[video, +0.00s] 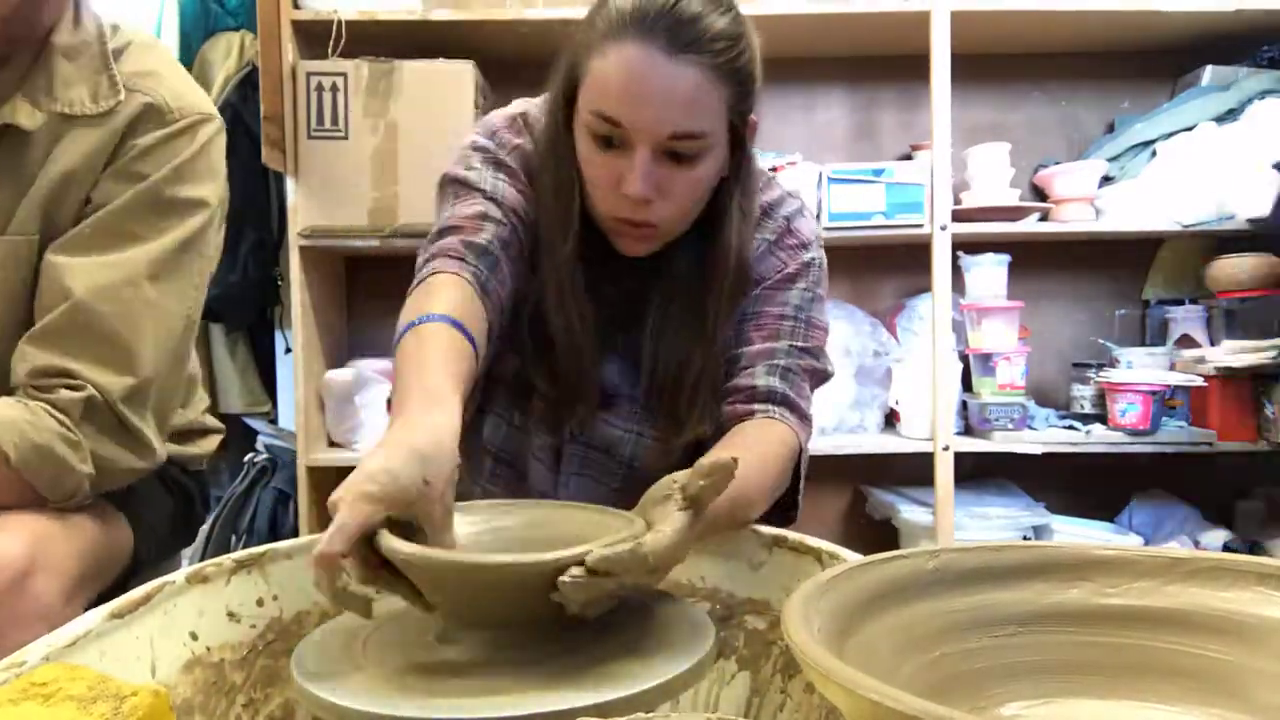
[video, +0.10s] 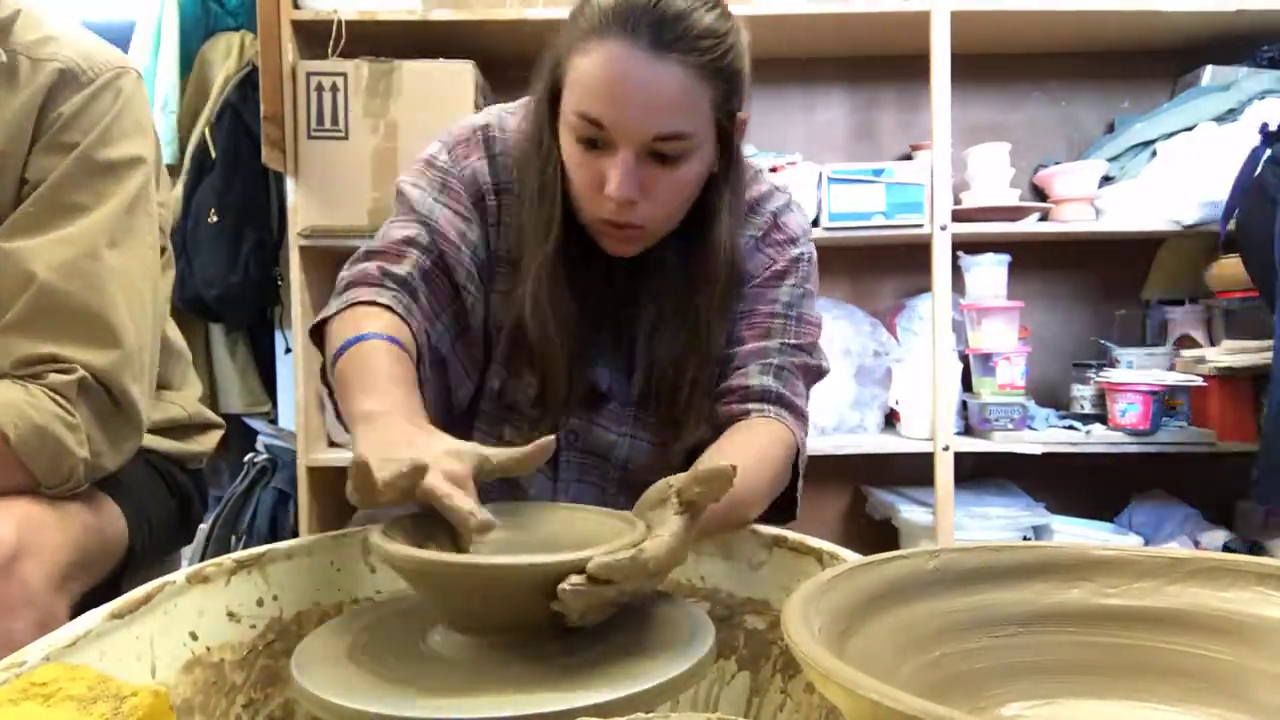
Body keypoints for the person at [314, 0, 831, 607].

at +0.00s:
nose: (636, 187)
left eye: (680, 154)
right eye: (607, 140)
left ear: (739, 140)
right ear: (572, 105)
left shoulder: (774, 223)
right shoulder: (512, 149)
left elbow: (775, 410)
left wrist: (698, 510)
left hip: (664, 497)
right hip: (503, 481)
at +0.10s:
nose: (619, 189)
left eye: (664, 155)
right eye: (591, 141)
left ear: (729, 140)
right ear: (554, 112)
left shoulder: (762, 222)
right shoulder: (482, 163)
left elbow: (770, 415)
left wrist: (688, 516)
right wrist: (390, 425)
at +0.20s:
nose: (528, 316)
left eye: (554, 279)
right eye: (491, 289)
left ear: (608, 202)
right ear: (447, 243)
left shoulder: (701, 227)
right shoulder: (413, 250)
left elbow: (739, 400)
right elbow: (424, 412)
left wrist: (670, 511)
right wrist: (421, 533)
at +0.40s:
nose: (476, 195)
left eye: (494, 144)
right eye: (434, 171)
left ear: (559, 99)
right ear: (406, 167)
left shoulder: (685, 204)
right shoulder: (417, 238)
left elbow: (717, 396)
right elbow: (426, 401)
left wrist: (644, 513)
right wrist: (451, 512)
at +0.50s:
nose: (438, 316)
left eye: (432, 272)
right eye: (406, 299)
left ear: (483, 179)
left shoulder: (671, 215)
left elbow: (714, 398)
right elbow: (423, 401)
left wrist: (672, 515)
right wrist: (404, 504)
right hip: (492, 597)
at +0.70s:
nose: (542, 120)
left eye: (585, 86)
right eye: (508, 73)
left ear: (626, 87)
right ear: (459, 64)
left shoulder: (693, 204)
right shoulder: (389, 208)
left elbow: (749, 392)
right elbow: (349, 373)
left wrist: (686, 488)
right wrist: (364, 484)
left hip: (642, 593)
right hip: (444, 594)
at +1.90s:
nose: (585, 128)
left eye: (631, 93)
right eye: (558, 84)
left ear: (693, 97)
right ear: (524, 84)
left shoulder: (738, 231)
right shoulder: (437, 202)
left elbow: (750, 414)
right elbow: (351, 352)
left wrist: (696, 500)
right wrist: (326, 458)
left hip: (637, 595)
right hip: (448, 584)